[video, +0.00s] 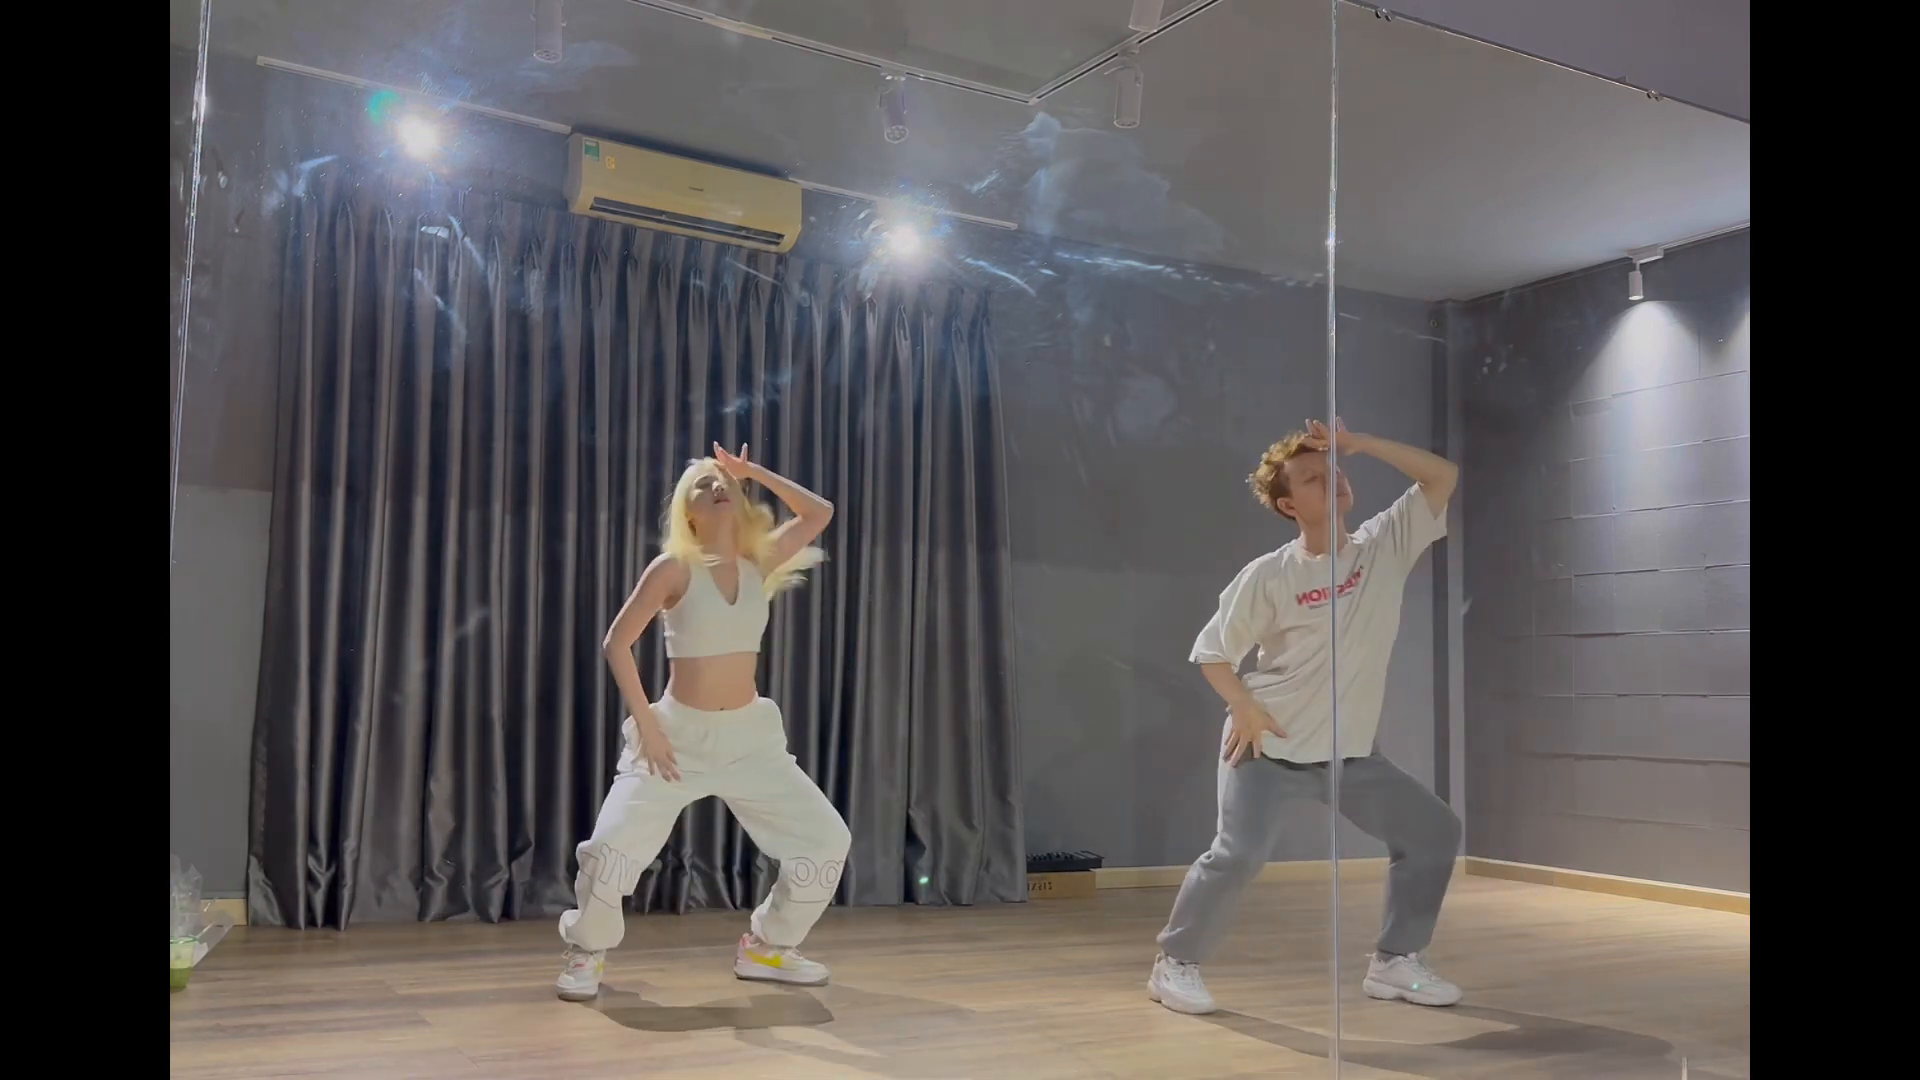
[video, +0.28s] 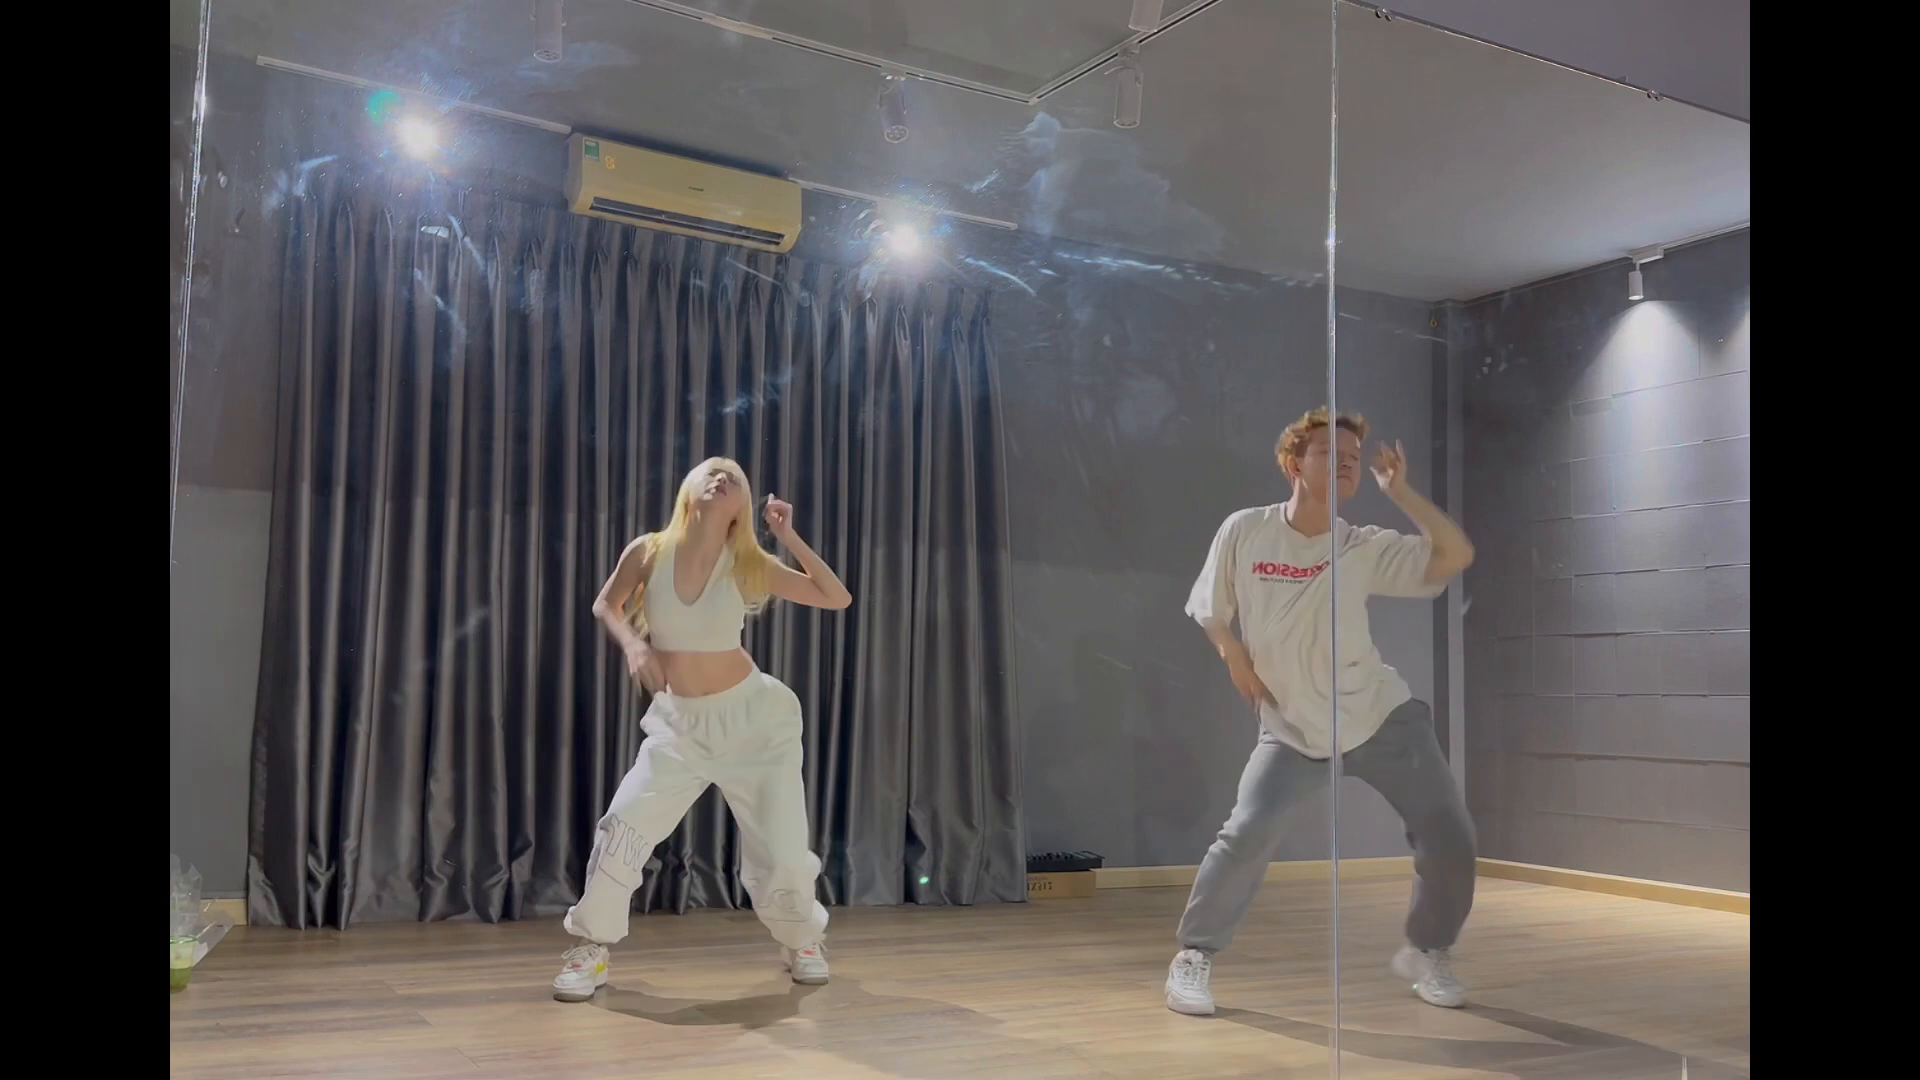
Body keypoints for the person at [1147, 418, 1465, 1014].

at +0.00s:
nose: (1337, 482)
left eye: (1337, 472)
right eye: (1318, 478)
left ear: (1349, 479)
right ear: (1288, 503)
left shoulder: (1383, 547)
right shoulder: (1267, 577)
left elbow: (1441, 477)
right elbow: (1210, 652)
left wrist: (1361, 443)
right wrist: (1243, 703)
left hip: (1349, 755)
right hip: (1269, 754)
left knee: (1434, 831)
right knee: (1238, 854)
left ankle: (1394, 962)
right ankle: (1175, 964)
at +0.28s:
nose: (1342, 464)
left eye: (1351, 456)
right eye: (1328, 453)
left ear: (1359, 472)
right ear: (1294, 464)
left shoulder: (1364, 548)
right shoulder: (1243, 533)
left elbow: (1455, 553)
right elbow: (1210, 607)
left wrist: (1402, 494)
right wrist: (1237, 661)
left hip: (1379, 713)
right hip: (1292, 725)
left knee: (1452, 836)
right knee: (1246, 832)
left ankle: (1426, 951)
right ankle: (1193, 958)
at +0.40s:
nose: (1326, 471)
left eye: (1335, 459)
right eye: (1311, 460)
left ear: (1347, 462)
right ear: (1284, 467)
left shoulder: (1378, 529)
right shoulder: (1255, 525)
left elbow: (1419, 602)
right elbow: (1187, 576)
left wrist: (1374, 538)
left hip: (1378, 708)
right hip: (1294, 712)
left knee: (1422, 837)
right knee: (1249, 829)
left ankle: (1458, 951)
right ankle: (1194, 957)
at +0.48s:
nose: (1328, 488)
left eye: (1335, 473)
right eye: (1311, 480)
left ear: (1353, 467)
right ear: (1290, 484)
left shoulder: (1392, 537)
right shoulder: (1274, 535)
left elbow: (1372, 589)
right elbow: (1206, 578)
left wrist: (1294, 546)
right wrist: (1225, 542)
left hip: (1374, 715)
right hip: (1288, 714)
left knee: (1416, 845)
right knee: (1229, 824)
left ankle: (1457, 954)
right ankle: (1192, 955)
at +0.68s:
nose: (1280, 442)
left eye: (1292, 431)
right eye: (1267, 432)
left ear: (1313, 440)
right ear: (1247, 442)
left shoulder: (1349, 515)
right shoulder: (1229, 511)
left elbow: (1443, 560)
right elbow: (1196, 550)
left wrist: (1378, 519)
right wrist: (1179, 538)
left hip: (1332, 698)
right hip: (1247, 696)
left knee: (1355, 830)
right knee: (1204, 810)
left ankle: (1427, 926)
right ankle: (1195, 957)